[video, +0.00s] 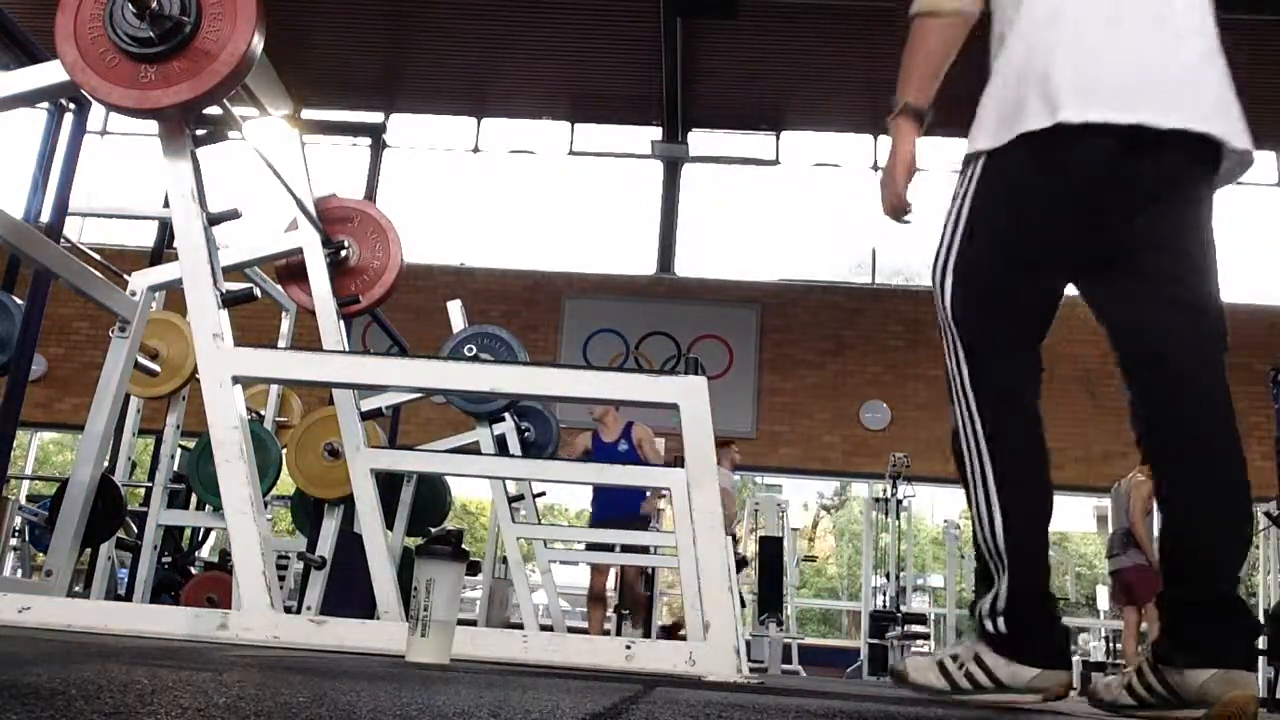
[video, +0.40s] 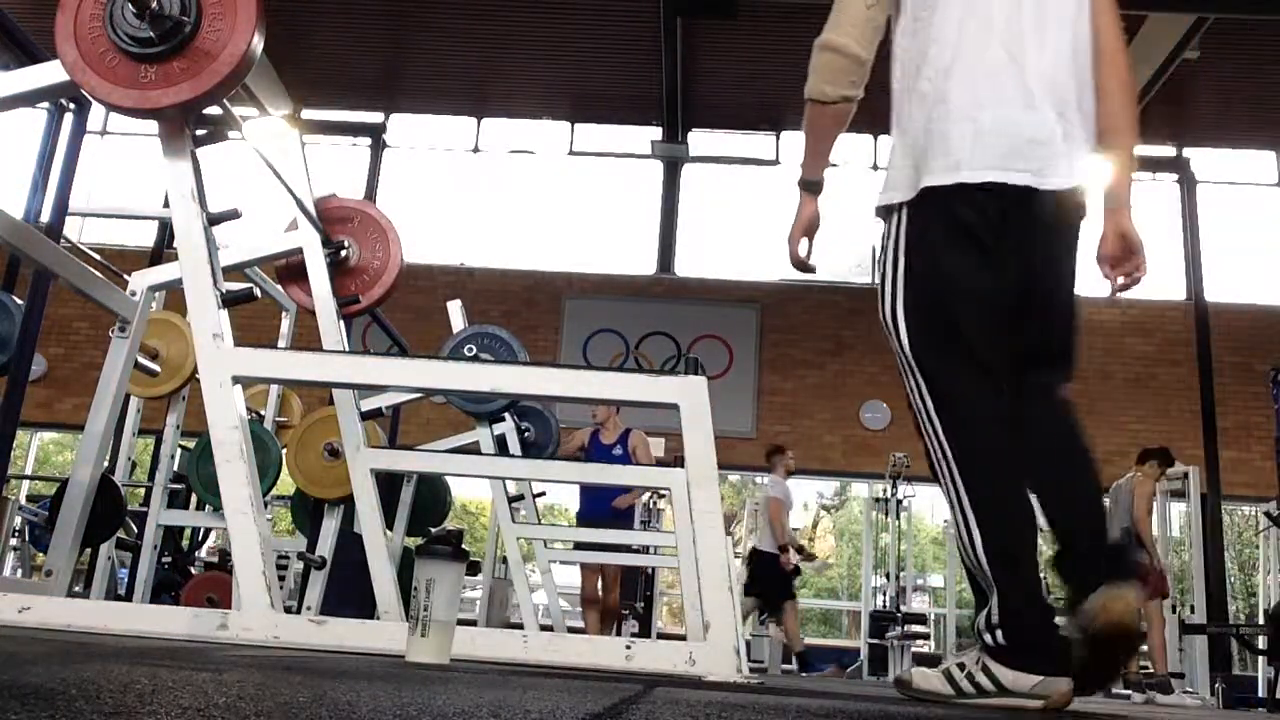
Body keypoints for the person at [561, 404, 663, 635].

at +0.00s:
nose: (590, 407)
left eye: (596, 403)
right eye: (591, 403)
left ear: (612, 406)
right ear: (601, 409)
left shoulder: (638, 432)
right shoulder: (586, 439)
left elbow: (660, 469)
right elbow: (559, 463)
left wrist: (653, 498)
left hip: (634, 516)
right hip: (602, 516)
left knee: (631, 577)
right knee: (597, 579)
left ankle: (638, 630)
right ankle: (595, 639)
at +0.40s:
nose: (594, 410)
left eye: (599, 406)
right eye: (593, 406)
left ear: (614, 409)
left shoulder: (635, 438)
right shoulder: (584, 435)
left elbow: (650, 475)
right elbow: (556, 455)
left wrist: (632, 496)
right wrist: (574, 447)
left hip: (617, 518)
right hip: (588, 516)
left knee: (611, 580)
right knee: (588, 579)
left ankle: (604, 638)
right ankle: (592, 640)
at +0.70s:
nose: (595, 413)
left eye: (600, 408)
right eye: (594, 408)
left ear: (616, 411)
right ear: (594, 412)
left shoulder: (633, 444)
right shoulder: (585, 437)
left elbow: (645, 482)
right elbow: (560, 457)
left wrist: (620, 498)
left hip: (613, 521)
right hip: (582, 517)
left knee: (611, 580)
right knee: (571, 576)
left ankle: (606, 636)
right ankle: (570, 631)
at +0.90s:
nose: (586, 412)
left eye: (592, 407)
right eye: (585, 407)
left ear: (608, 410)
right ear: (586, 412)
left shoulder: (624, 443)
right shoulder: (576, 438)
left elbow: (630, 481)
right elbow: (551, 464)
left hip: (607, 522)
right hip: (574, 517)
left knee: (609, 583)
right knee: (555, 575)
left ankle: (606, 638)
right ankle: (540, 629)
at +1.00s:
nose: (579, 412)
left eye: (585, 407)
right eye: (579, 407)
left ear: (600, 411)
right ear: (579, 412)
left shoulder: (615, 442)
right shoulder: (567, 438)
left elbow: (622, 481)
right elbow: (549, 467)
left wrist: (593, 462)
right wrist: (563, 458)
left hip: (599, 519)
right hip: (569, 515)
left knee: (604, 579)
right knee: (552, 573)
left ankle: (606, 635)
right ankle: (530, 625)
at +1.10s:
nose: (571, 412)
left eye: (577, 408)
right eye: (570, 407)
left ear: (590, 411)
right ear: (568, 410)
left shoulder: (605, 440)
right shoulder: (561, 436)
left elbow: (606, 463)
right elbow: (541, 453)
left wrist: (575, 449)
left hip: (590, 516)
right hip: (559, 514)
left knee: (597, 579)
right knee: (545, 574)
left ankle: (603, 635)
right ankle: (531, 626)